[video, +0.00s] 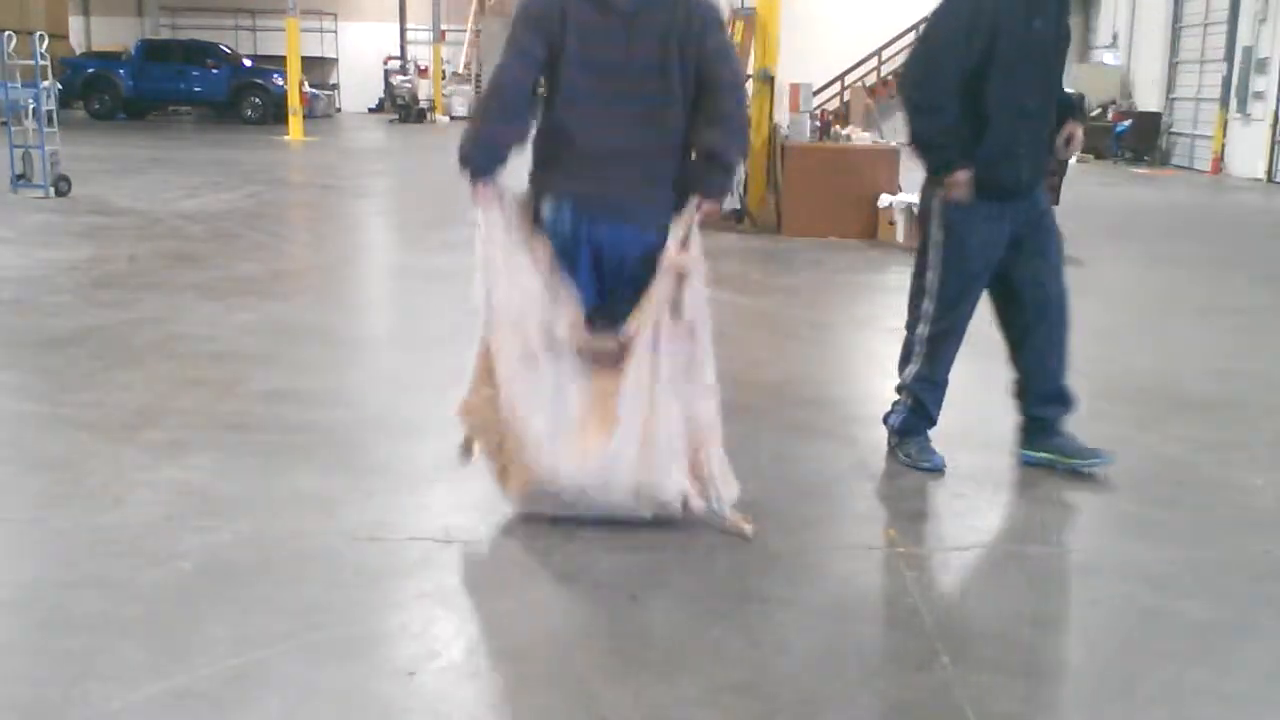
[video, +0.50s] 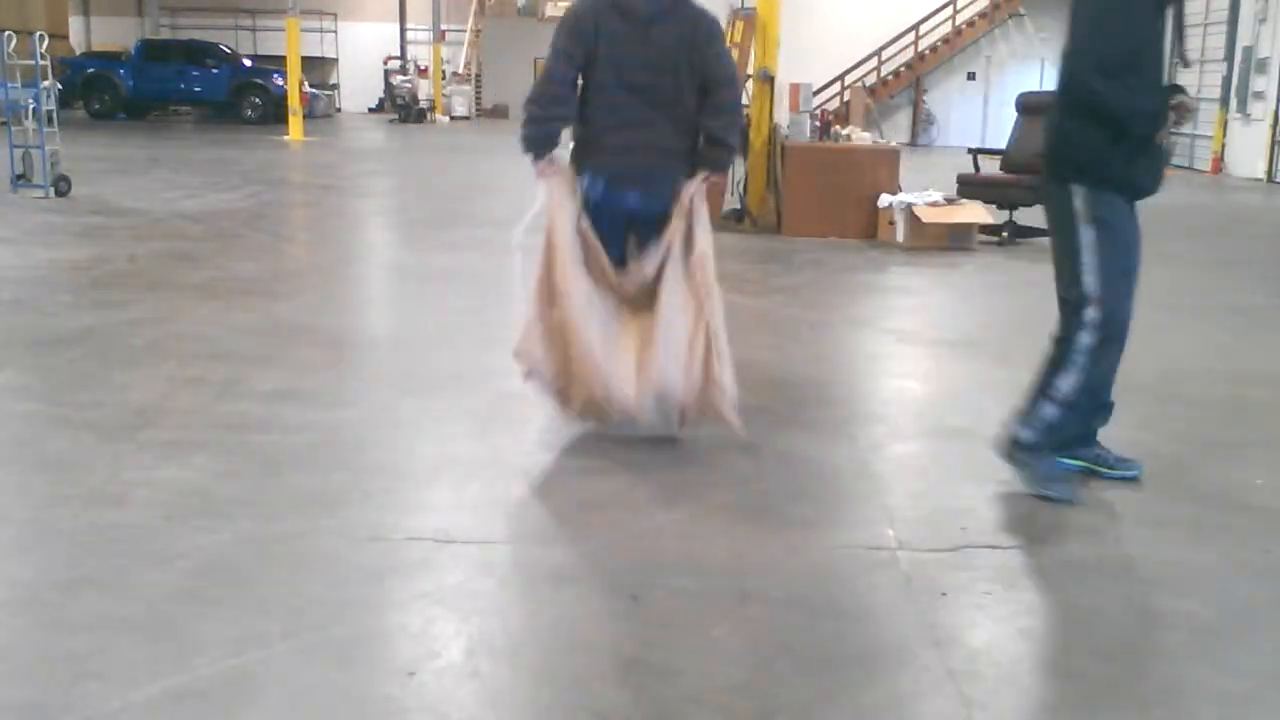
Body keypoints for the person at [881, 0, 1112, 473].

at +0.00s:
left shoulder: (1054, 11)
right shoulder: (973, 8)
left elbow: (1034, 80)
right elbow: (924, 78)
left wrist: (1068, 113)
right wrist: (949, 162)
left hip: (1025, 193)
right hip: (968, 189)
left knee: (1041, 314)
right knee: (941, 316)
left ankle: (1042, 432)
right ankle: (909, 429)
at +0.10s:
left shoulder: (1074, 11)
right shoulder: (1006, 9)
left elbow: (1050, 84)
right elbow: (957, 83)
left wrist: (1083, 119)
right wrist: (998, 162)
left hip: (1044, 197)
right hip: (987, 196)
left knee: (1066, 316)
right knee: (957, 314)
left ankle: (1071, 437)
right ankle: (909, 426)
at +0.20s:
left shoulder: (1087, 17)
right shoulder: (1034, 12)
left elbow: (1069, 98)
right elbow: (1004, 90)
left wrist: (1108, 122)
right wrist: (1052, 161)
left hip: (1070, 204)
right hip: (1016, 200)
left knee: (1090, 321)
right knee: (986, 321)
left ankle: (1074, 437)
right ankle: (914, 420)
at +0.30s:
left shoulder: (1106, 13)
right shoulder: (1066, 10)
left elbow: (1098, 87)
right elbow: (1049, 85)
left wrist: (1136, 113)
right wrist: (1109, 143)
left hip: (1090, 191)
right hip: (1044, 187)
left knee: (1098, 321)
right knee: (1028, 317)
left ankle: (1074, 438)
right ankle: (936, 408)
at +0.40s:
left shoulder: (1125, 12)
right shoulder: (1091, 9)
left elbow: (1106, 80)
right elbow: (1066, 80)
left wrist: (1146, 104)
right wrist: (1135, 123)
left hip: (1100, 174)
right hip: (1064, 170)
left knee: (1104, 314)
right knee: (1070, 310)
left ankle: (1074, 438)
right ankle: (973, 410)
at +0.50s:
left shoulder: (1141, 11)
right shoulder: (1116, 9)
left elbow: (1114, 76)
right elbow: (1091, 77)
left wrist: (1159, 102)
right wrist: (1157, 110)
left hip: (1109, 171)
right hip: (1083, 168)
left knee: (1109, 313)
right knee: (1092, 313)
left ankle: (1076, 438)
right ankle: (1032, 440)